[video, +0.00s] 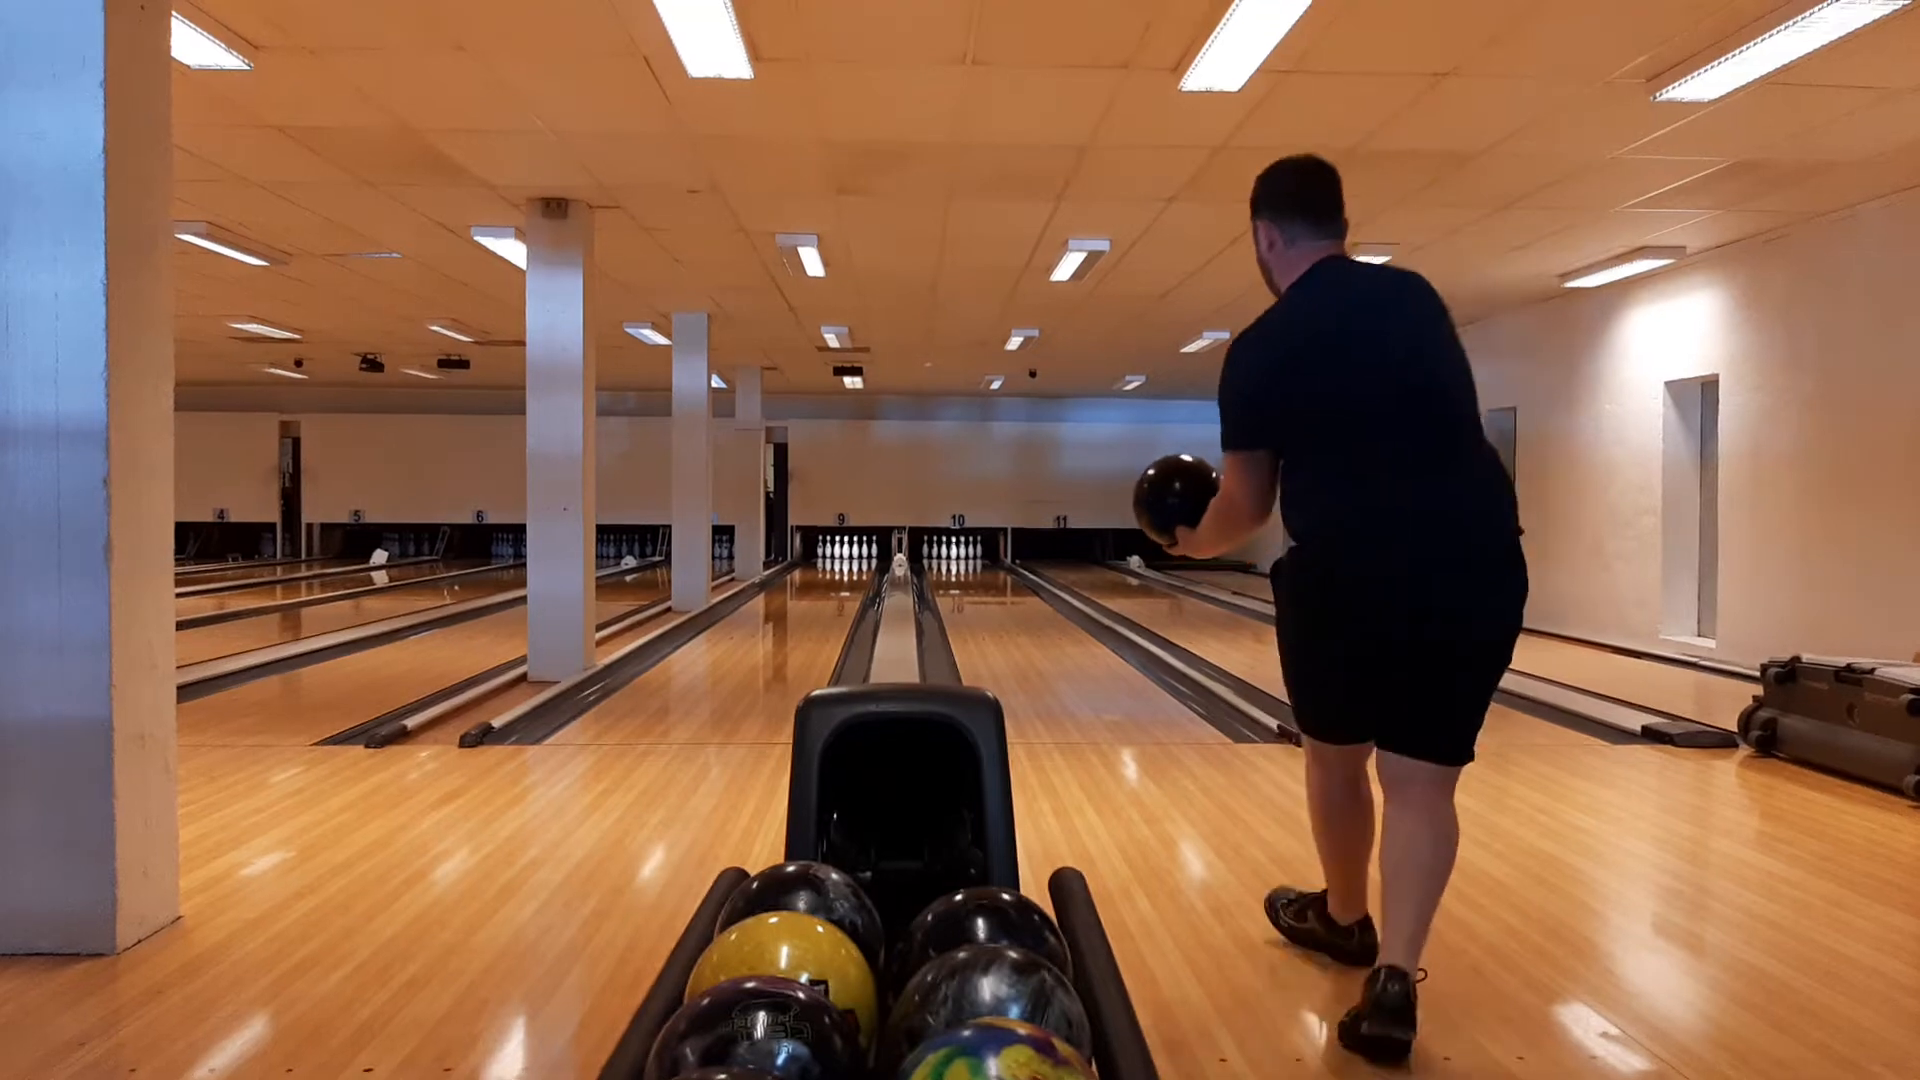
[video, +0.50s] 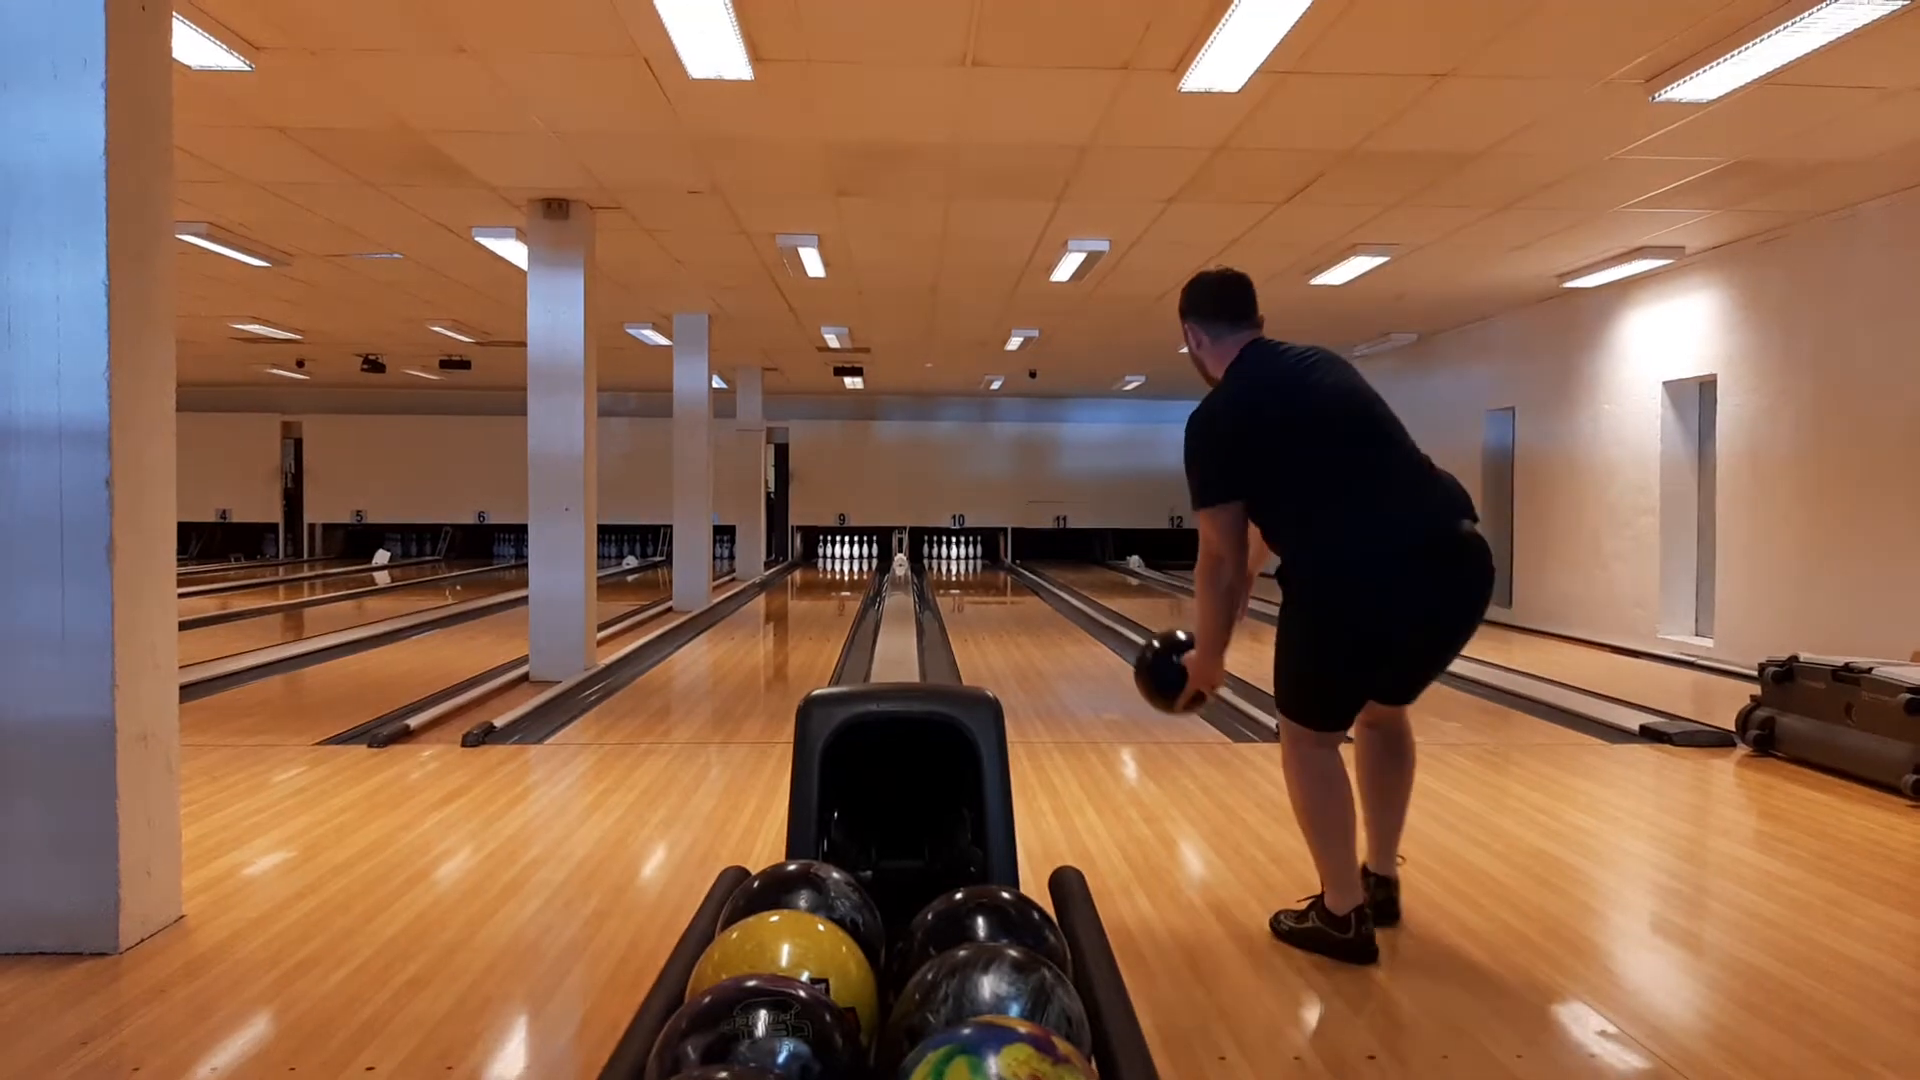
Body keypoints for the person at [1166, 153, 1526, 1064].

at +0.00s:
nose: (1254, 254)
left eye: (1252, 239)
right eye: (1259, 239)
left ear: (1264, 238)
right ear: (1342, 229)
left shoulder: (1262, 348)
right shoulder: (1416, 295)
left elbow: (1243, 506)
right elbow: (1445, 428)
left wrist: (1191, 542)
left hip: (1343, 574)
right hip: (1471, 562)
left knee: (1335, 754)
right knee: (1424, 777)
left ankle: (1344, 916)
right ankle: (1398, 983)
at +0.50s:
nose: (1191, 355)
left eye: (1186, 343)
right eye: (1190, 345)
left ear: (1192, 339)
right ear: (1259, 324)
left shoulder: (1216, 418)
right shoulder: (1324, 366)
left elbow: (1224, 561)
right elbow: (1280, 512)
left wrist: (1208, 660)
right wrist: (1217, 612)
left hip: (1348, 583)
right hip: (1456, 560)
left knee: (1308, 735)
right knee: (1384, 712)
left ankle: (1341, 913)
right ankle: (1381, 878)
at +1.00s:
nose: (1190, 359)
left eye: (1187, 345)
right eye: (1187, 348)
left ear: (1198, 335)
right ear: (1231, 327)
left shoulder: (1258, 335)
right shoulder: (1243, 412)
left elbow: (1321, 309)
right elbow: (1227, 504)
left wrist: (1362, 278)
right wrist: (1178, 567)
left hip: (1320, 524)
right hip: (1387, 522)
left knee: (1266, 676)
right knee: (1345, 697)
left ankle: (1319, 831)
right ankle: (1370, 863)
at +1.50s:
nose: (1132, 438)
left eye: (1128, 428)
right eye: (1130, 429)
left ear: (1135, 419)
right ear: (1165, 401)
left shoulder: (1177, 425)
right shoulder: (1213, 435)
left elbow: (1228, 393)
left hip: (1258, 577)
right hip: (1318, 570)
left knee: (1205, 708)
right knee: (1256, 661)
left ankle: (1283, 811)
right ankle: (1254, 782)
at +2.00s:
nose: (1082, 506)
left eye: (1079, 498)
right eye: (1086, 496)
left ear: (1085, 491)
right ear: (1117, 468)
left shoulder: (1094, 525)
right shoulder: (1159, 466)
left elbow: (1078, 578)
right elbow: (1209, 444)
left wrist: (1099, 534)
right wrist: (1251, 412)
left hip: (1215, 571)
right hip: (1257, 544)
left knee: (1301, 664)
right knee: (1185, 636)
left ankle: (1432, 632)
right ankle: (1186, 746)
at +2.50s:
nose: (1075, 447)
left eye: (1073, 440)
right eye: (1077, 440)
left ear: (1077, 436)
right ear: (1113, 425)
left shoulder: (1094, 456)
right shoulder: (1154, 437)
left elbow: (1120, 484)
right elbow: (1220, 464)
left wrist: (1146, 512)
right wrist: (1273, 488)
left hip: (1214, 525)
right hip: (1226, 518)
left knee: (1260, 642)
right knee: (1181, 633)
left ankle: (1382, 663)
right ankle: (1195, 742)